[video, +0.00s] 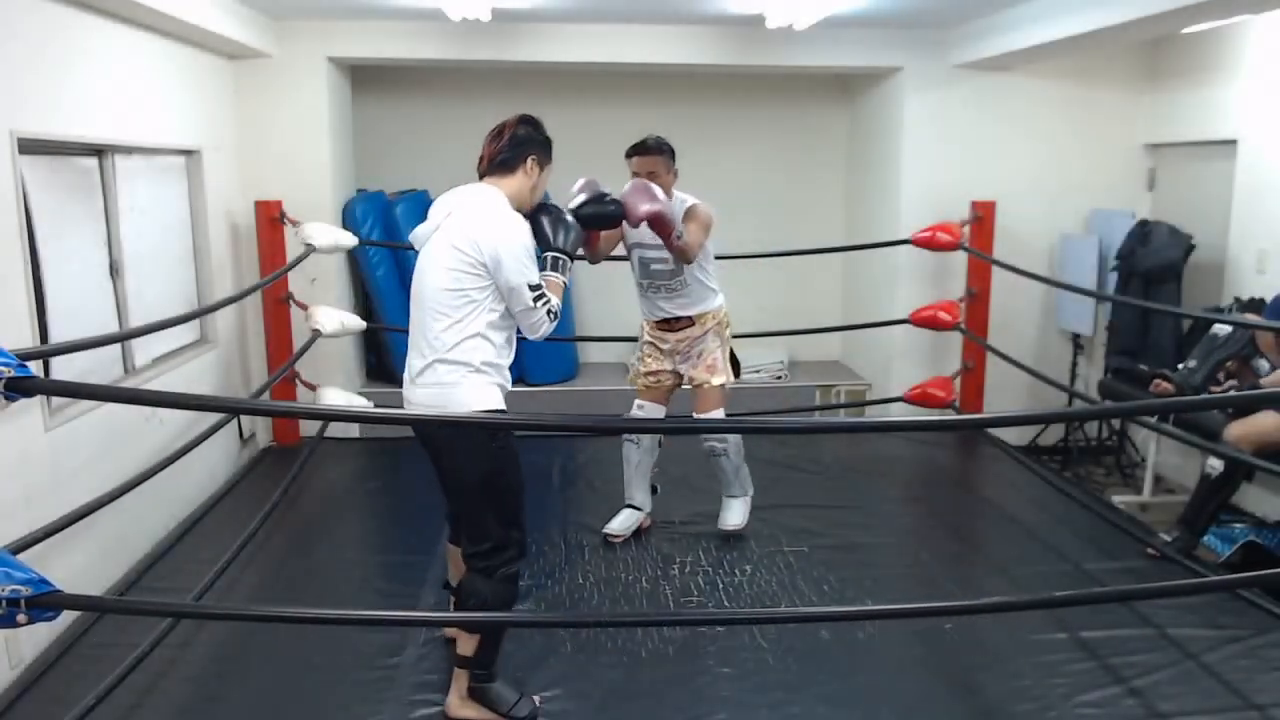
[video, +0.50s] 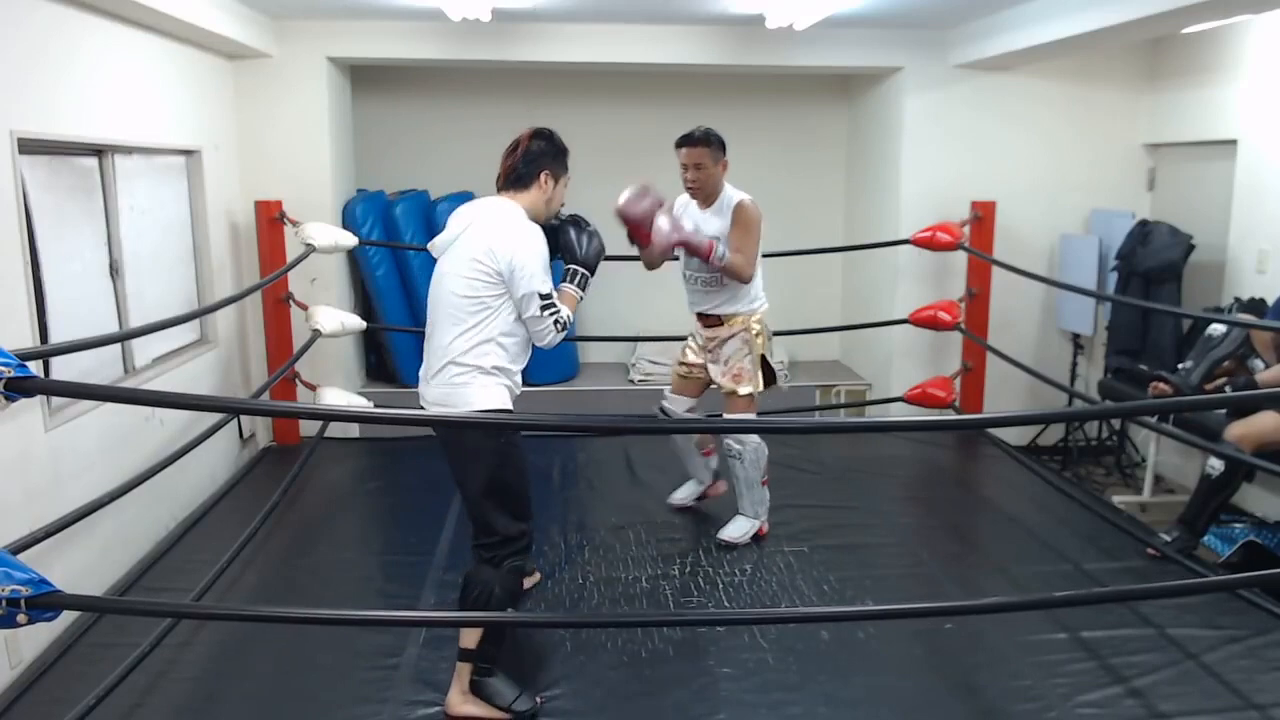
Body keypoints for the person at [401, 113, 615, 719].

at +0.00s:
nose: (540, 193)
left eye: (543, 182)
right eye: (543, 179)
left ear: (493, 160)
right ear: (528, 165)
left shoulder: (447, 209)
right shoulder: (501, 219)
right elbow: (537, 321)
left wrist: (544, 256)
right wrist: (560, 267)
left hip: (427, 400)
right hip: (471, 406)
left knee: (465, 518)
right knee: (498, 548)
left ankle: (460, 615)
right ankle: (466, 692)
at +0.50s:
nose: (561, 201)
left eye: (564, 191)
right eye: (562, 189)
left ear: (515, 176)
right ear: (544, 180)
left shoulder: (471, 218)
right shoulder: (519, 233)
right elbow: (546, 331)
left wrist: (549, 279)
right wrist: (578, 279)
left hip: (444, 396)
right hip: (480, 402)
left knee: (497, 497)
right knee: (502, 541)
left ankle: (507, 576)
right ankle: (462, 688)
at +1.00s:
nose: (544, 198)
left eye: (545, 189)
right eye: (544, 188)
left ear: (500, 175)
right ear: (529, 180)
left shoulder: (457, 215)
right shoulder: (507, 229)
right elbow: (543, 313)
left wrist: (536, 238)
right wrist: (563, 257)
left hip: (441, 384)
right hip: (471, 392)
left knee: (514, 468)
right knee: (477, 512)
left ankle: (499, 577)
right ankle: (413, 643)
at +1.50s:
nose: (547, 194)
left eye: (548, 183)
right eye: (545, 182)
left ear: (512, 178)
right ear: (518, 180)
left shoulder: (486, 223)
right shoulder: (471, 223)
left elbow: (501, 307)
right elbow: (505, 319)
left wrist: (540, 261)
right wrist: (544, 265)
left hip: (474, 377)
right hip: (444, 380)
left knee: (514, 465)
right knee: (451, 502)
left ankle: (510, 556)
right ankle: (410, 640)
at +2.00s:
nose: (488, 177)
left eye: (487, 167)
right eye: (478, 169)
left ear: (452, 175)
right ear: (444, 175)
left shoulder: (470, 228)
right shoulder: (411, 234)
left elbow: (469, 300)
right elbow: (433, 328)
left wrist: (505, 262)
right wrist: (491, 283)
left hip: (457, 383)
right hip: (410, 389)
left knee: (514, 460)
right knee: (403, 507)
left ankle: (510, 550)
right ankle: (351, 610)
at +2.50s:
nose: (529, 184)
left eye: (532, 175)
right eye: (522, 174)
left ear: (524, 179)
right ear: (490, 176)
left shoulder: (509, 226)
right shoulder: (455, 220)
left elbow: (528, 298)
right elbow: (491, 285)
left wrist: (546, 246)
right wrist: (516, 233)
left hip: (479, 363)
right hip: (429, 363)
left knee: (515, 455)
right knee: (400, 465)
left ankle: (514, 539)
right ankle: (352, 569)